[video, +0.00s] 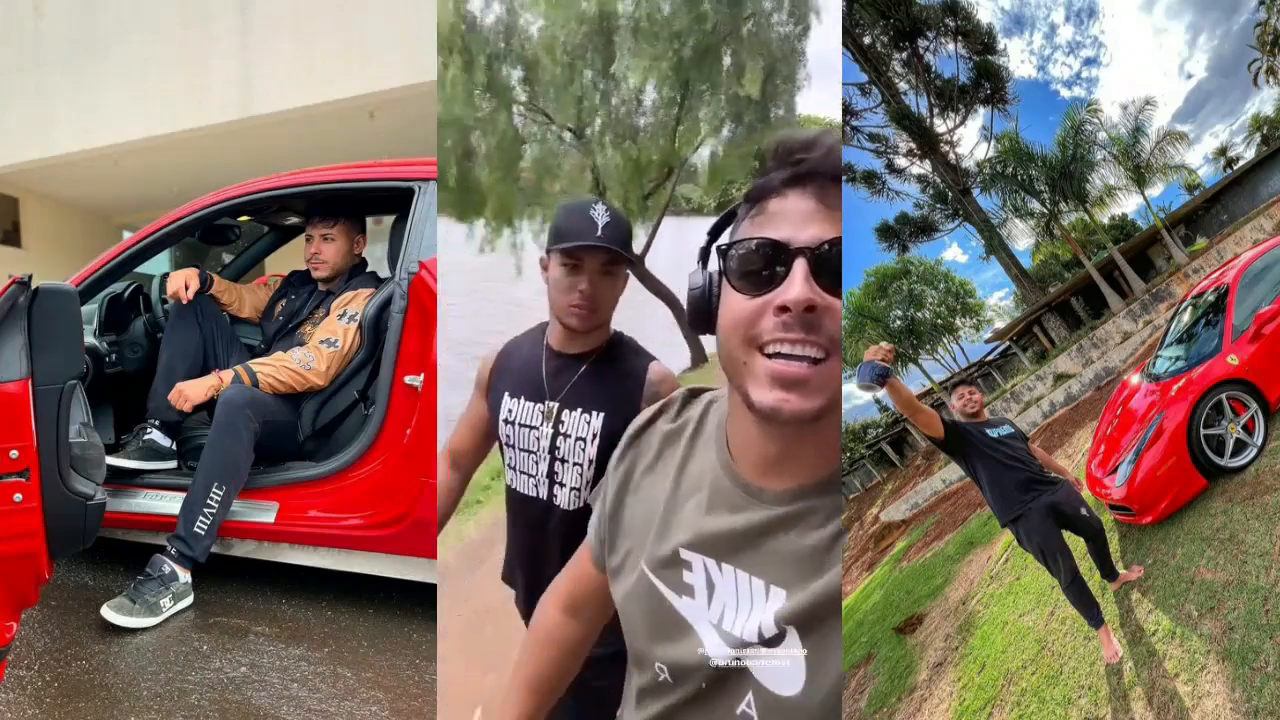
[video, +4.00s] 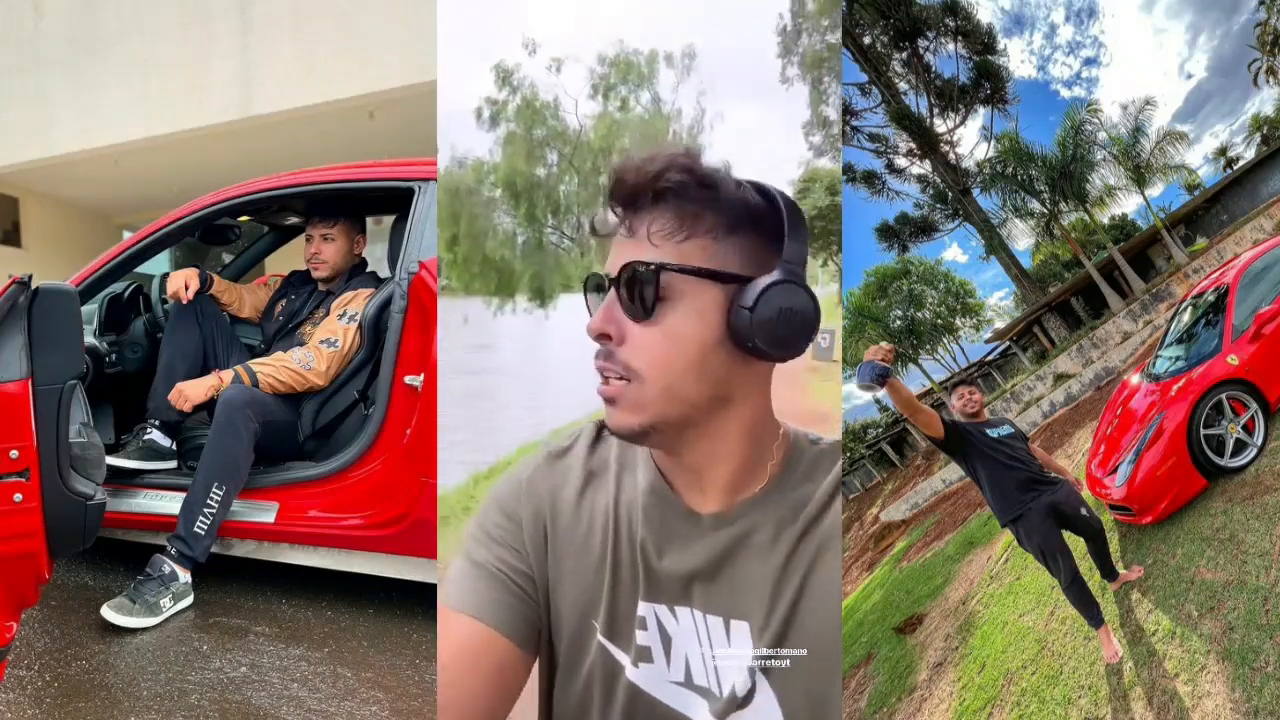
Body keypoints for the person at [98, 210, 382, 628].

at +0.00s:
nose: (315, 249)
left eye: (328, 239)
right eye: (310, 239)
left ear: (358, 245)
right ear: (304, 244)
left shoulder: (361, 297)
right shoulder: (292, 286)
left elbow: (315, 366)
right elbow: (243, 299)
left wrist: (219, 381)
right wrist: (203, 279)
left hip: (315, 411)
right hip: (265, 389)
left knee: (239, 402)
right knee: (196, 303)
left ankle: (177, 568)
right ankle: (161, 433)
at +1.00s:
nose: (314, 250)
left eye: (328, 239)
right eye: (310, 239)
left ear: (358, 245)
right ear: (304, 244)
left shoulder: (362, 297)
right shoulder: (292, 286)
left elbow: (315, 366)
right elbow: (242, 299)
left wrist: (219, 380)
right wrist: (202, 278)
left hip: (316, 410)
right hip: (266, 389)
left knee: (239, 402)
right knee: (196, 303)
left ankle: (177, 568)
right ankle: (161, 433)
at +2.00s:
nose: (314, 250)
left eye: (328, 239)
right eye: (310, 239)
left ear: (358, 245)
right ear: (304, 244)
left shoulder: (362, 297)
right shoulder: (292, 286)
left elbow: (315, 366)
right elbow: (242, 299)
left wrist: (219, 380)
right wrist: (202, 278)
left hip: (316, 410)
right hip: (266, 389)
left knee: (239, 402)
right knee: (196, 303)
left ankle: (177, 568)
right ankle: (161, 433)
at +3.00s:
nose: (314, 250)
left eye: (328, 239)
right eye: (310, 239)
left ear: (358, 245)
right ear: (304, 244)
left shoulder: (362, 297)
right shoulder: (292, 286)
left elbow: (315, 366)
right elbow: (242, 299)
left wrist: (219, 380)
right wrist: (202, 278)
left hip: (317, 410)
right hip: (266, 389)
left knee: (239, 402)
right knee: (196, 303)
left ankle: (177, 568)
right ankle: (161, 433)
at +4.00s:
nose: (315, 249)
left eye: (328, 239)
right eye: (310, 239)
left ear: (358, 245)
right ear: (304, 244)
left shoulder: (361, 297)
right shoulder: (292, 286)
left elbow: (315, 366)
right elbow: (243, 299)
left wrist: (220, 380)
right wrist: (203, 279)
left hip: (315, 410)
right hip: (265, 388)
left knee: (239, 402)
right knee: (196, 303)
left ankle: (177, 568)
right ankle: (161, 433)